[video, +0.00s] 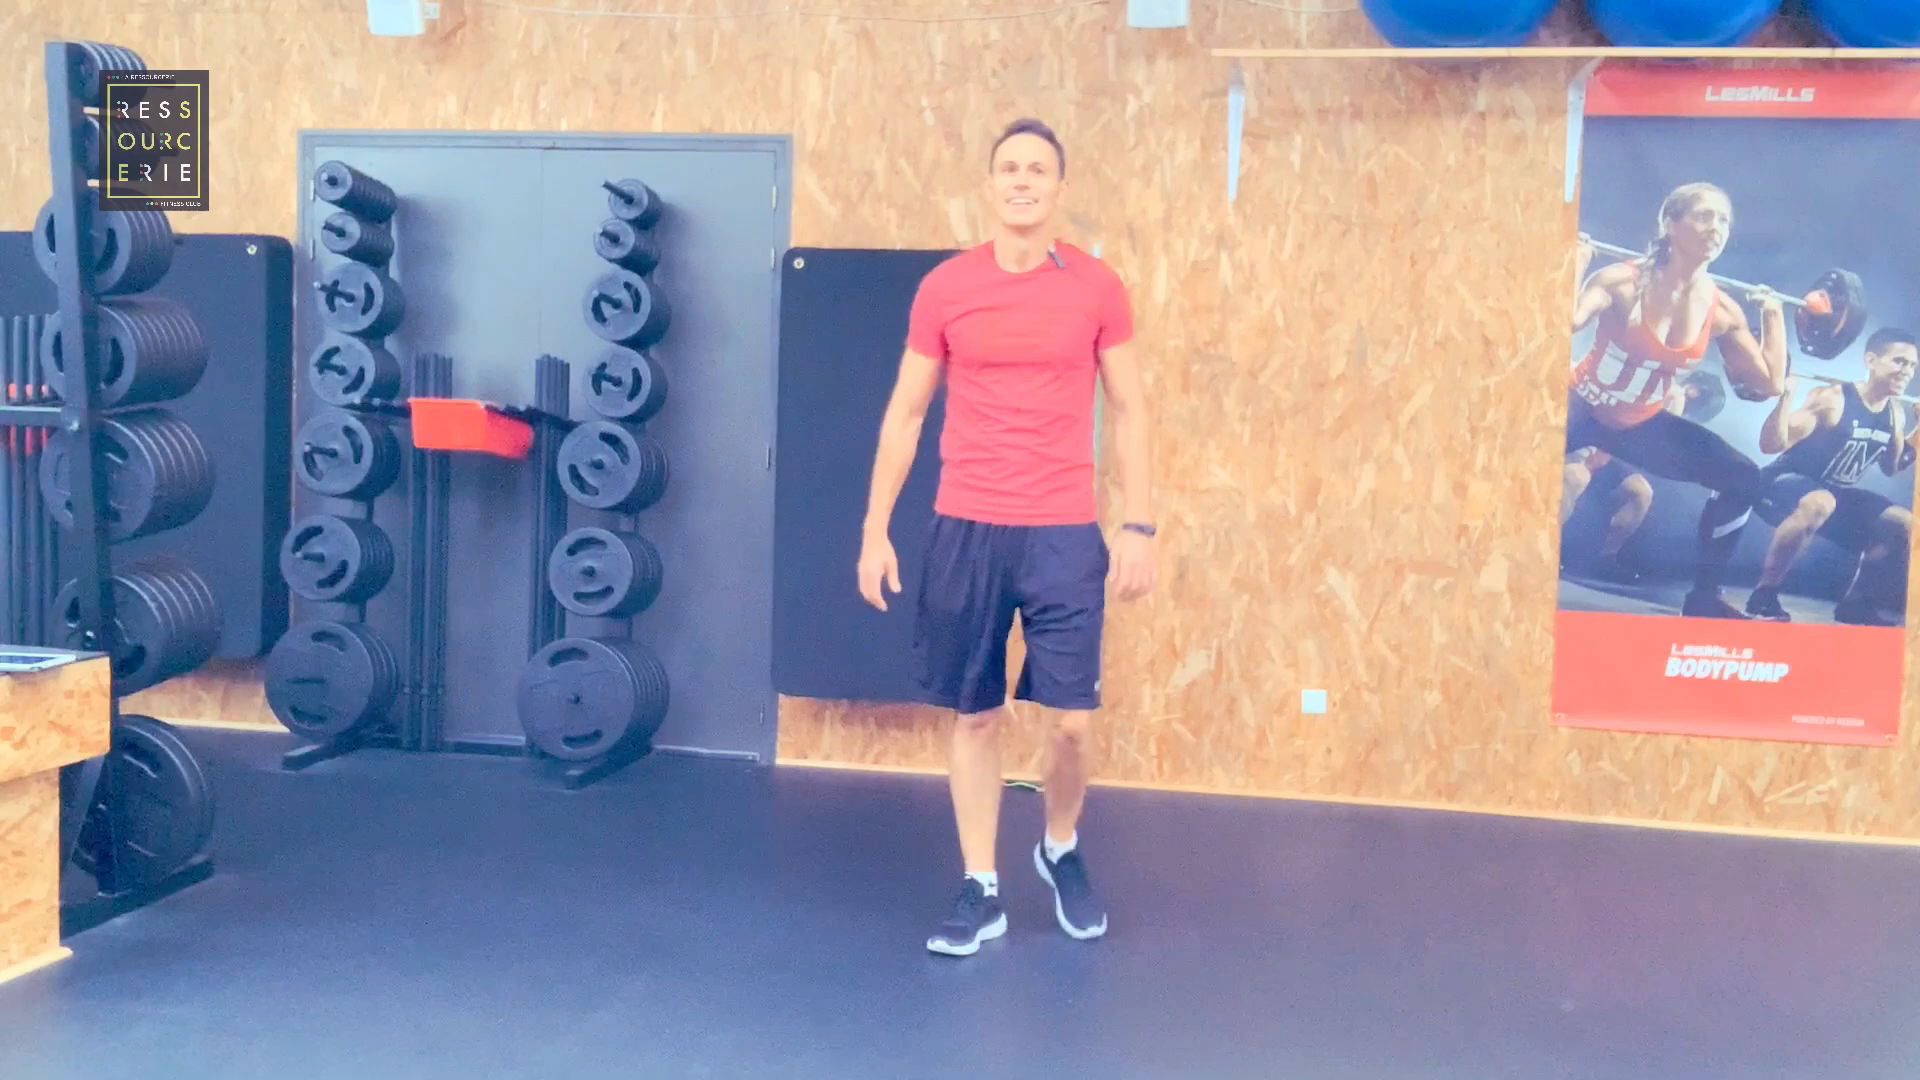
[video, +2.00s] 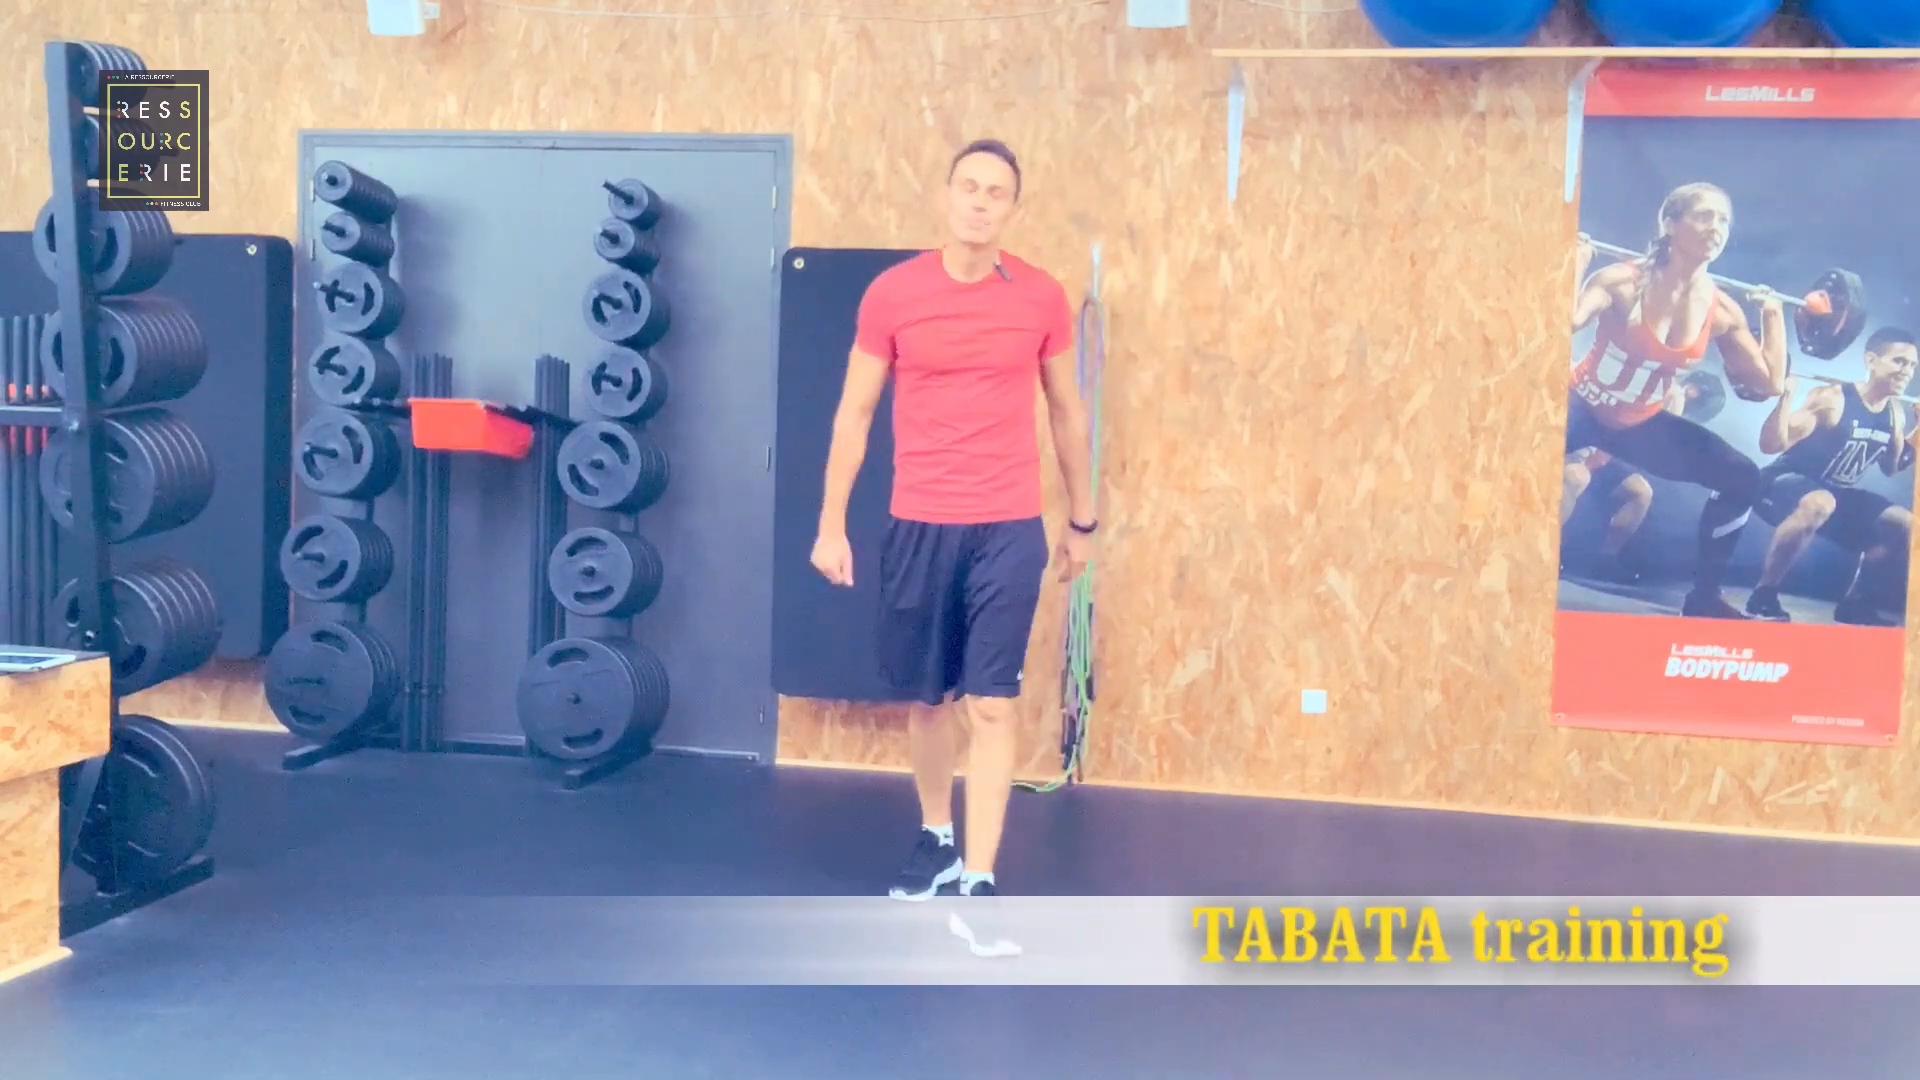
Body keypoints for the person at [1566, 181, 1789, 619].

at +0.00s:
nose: (1716, 228)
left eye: (1724, 220)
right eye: (1704, 216)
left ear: (1728, 233)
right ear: (1671, 223)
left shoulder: (1722, 310)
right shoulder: (1620, 279)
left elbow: (1769, 386)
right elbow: (1560, 325)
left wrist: (1773, 312)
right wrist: (1573, 269)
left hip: (1645, 424)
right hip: (1579, 408)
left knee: (1743, 478)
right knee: (1514, 450)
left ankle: (1704, 597)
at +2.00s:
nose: (1716, 228)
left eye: (1724, 221)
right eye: (1704, 216)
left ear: (1728, 234)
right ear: (1671, 224)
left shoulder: (1722, 310)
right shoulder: (1620, 279)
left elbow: (1768, 386)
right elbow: (1559, 324)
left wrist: (1773, 312)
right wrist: (1573, 269)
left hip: (1644, 425)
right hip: (1579, 409)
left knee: (1741, 477)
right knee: (1515, 447)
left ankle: (1705, 597)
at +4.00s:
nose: (1716, 228)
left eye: (1724, 221)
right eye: (1704, 216)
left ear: (1728, 234)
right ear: (1671, 224)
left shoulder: (1722, 310)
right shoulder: (1620, 280)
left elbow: (1769, 385)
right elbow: (1559, 325)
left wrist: (1773, 311)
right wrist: (1573, 270)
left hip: (1644, 425)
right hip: (1579, 409)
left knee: (1742, 477)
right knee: (1517, 446)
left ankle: (1705, 597)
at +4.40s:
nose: (1716, 228)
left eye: (1724, 220)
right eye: (1704, 216)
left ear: (1728, 233)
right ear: (1670, 224)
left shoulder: (1722, 310)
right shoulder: (1620, 279)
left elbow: (1769, 385)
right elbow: (1558, 325)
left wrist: (1773, 312)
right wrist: (1573, 268)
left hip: (1644, 425)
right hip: (1579, 408)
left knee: (1742, 477)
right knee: (1514, 446)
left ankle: (1705, 597)